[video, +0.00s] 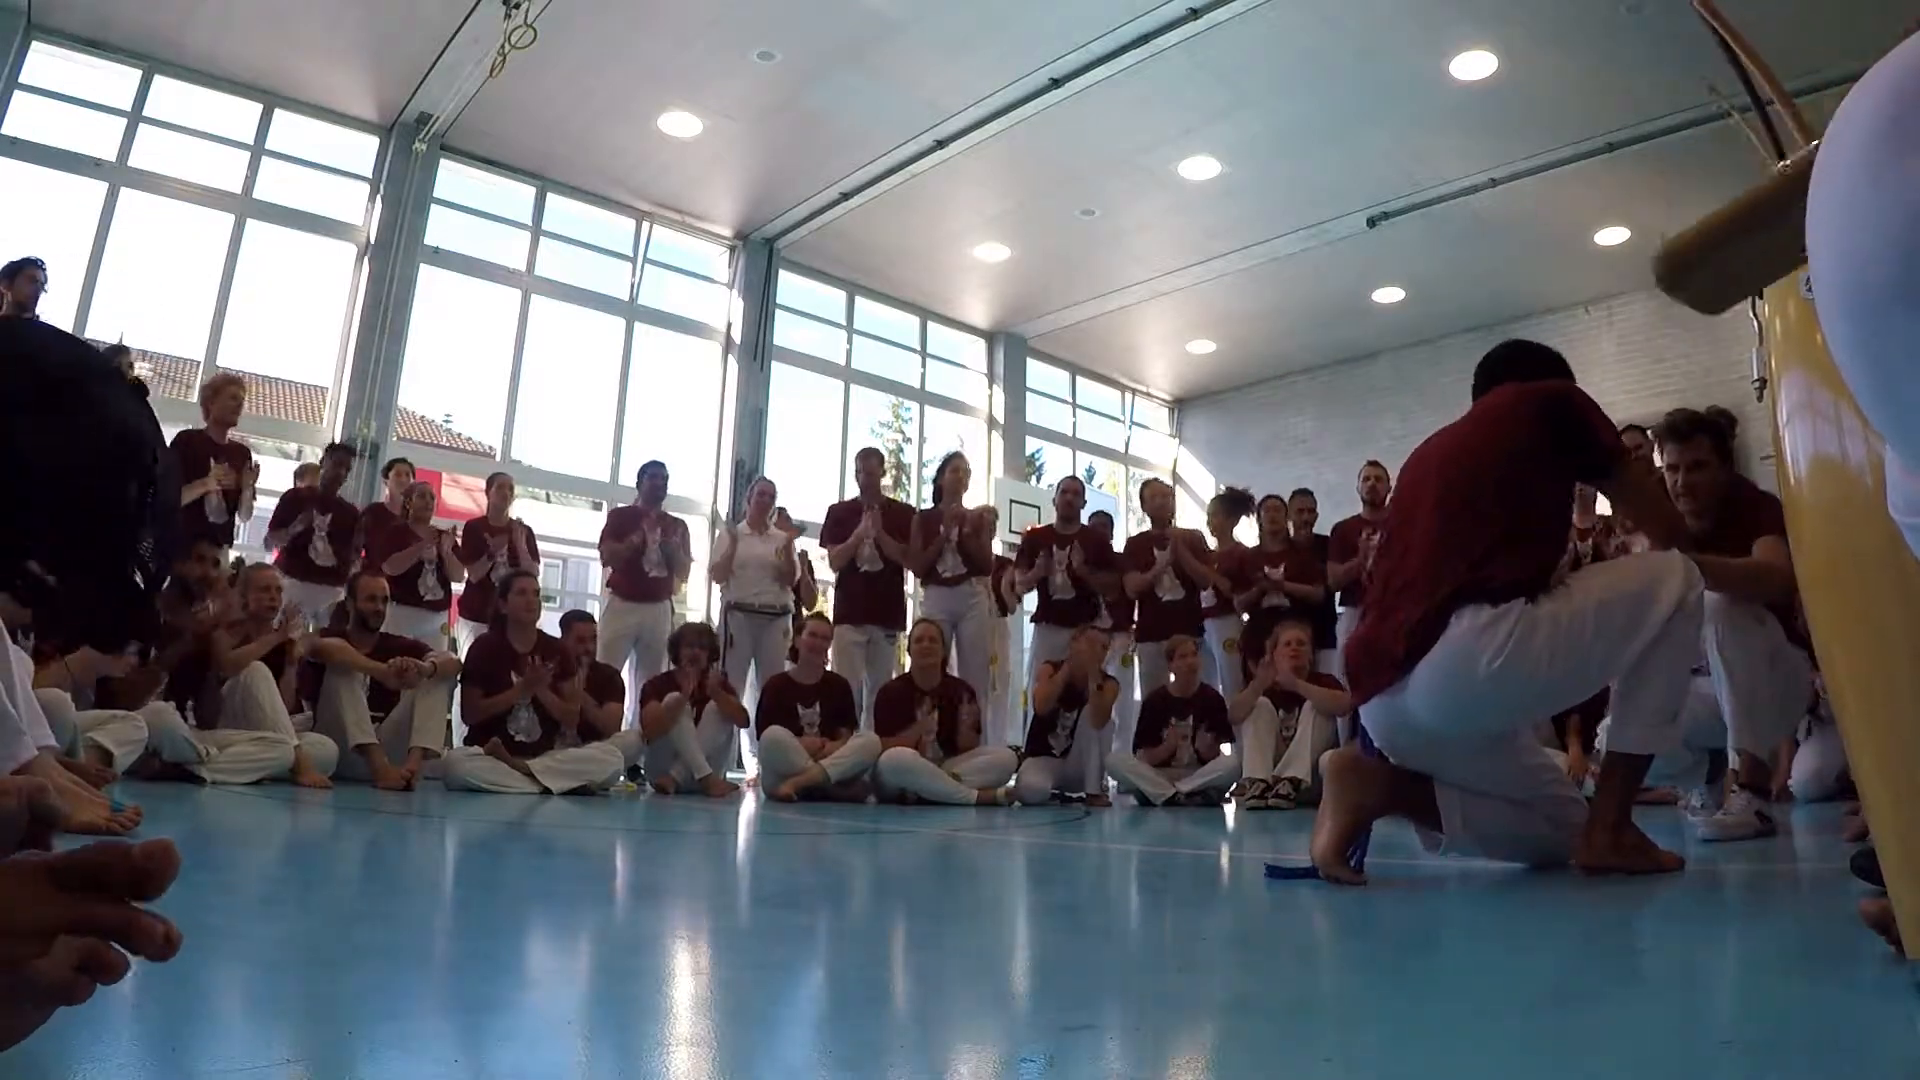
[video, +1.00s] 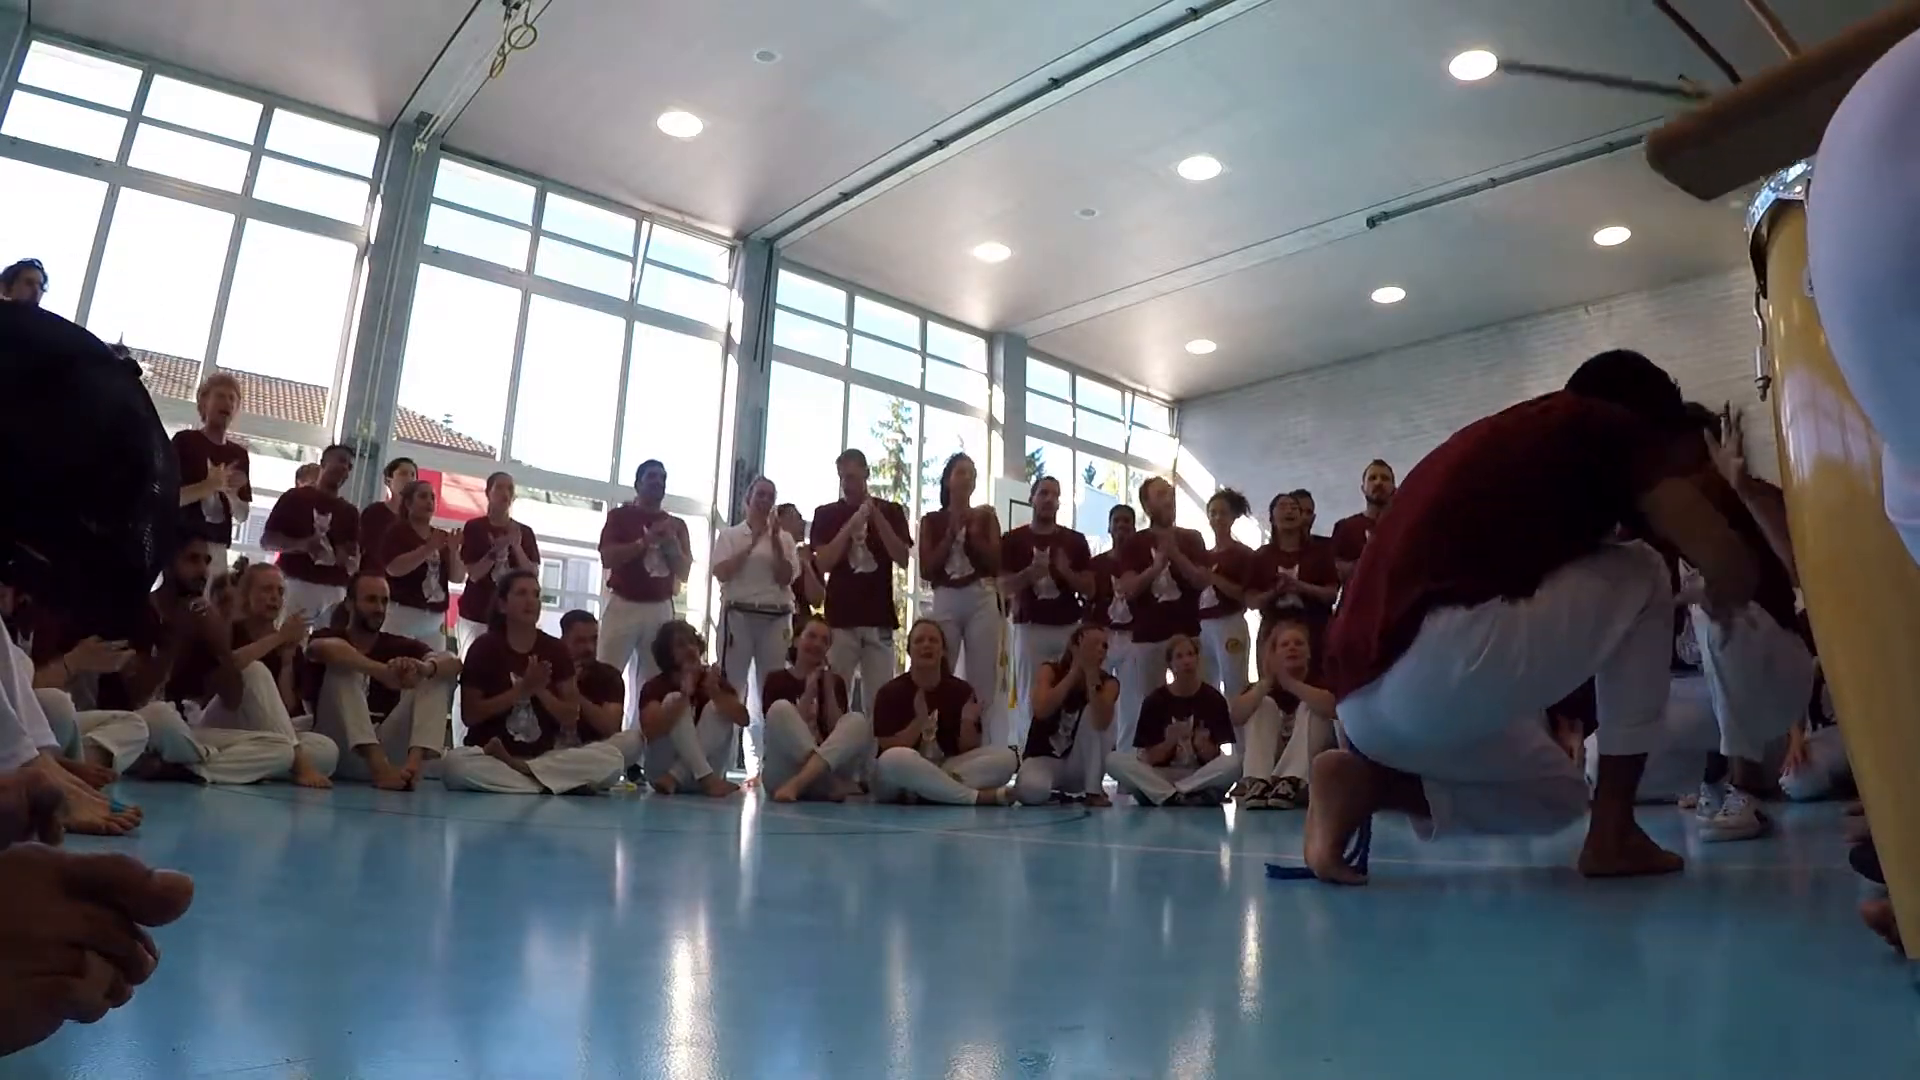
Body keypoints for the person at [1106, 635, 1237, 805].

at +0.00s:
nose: (1191, 661)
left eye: (1194, 655)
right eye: (1183, 657)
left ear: (1200, 659)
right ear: (1170, 665)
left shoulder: (1212, 698)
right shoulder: (1154, 700)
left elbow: (1217, 756)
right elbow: (1143, 757)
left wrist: (1207, 749)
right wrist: (1168, 747)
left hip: (1200, 771)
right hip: (1161, 773)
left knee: (1232, 763)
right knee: (1114, 760)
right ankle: (1172, 796)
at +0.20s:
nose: (1189, 660)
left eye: (1193, 654)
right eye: (1181, 656)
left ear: (1199, 659)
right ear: (1170, 665)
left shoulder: (1213, 698)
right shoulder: (1154, 701)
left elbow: (1212, 754)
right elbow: (1151, 758)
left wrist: (1195, 739)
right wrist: (1178, 744)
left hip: (1199, 771)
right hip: (1161, 772)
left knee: (1232, 764)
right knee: (1114, 760)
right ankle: (1172, 796)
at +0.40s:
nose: (1188, 660)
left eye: (1192, 654)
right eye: (1181, 656)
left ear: (1199, 659)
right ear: (1170, 665)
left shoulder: (1213, 698)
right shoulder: (1154, 701)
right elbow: (1148, 757)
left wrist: (1209, 751)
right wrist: (1166, 744)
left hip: (1200, 771)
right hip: (1162, 772)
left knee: (1232, 763)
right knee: (1114, 760)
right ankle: (1172, 796)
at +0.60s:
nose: (1188, 661)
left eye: (1192, 655)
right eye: (1180, 656)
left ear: (1198, 659)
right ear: (1170, 665)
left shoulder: (1212, 697)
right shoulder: (1154, 701)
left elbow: (1214, 755)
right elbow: (1150, 757)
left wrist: (1198, 744)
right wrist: (1179, 745)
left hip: (1200, 771)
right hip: (1162, 772)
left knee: (1233, 763)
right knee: (1114, 760)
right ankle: (1172, 795)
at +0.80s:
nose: (1188, 660)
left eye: (1192, 654)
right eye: (1180, 656)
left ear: (1198, 659)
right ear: (1169, 665)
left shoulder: (1213, 697)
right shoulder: (1155, 700)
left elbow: (1212, 754)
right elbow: (1150, 757)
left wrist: (1196, 742)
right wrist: (1179, 744)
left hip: (1199, 771)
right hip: (1162, 772)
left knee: (1232, 763)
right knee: (1114, 760)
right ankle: (1172, 796)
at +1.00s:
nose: (1186, 660)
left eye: (1190, 654)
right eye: (1179, 656)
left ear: (1197, 658)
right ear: (1170, 665)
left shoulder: (1214, 698)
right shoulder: (1155, 700)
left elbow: (1214, 756)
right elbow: (1146, 757)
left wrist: (1202, 744)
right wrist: (1169, 744)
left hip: (1200, 771)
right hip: (1162, 772)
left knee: (1232, 763)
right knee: (1114, 760)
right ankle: (1173, 796)